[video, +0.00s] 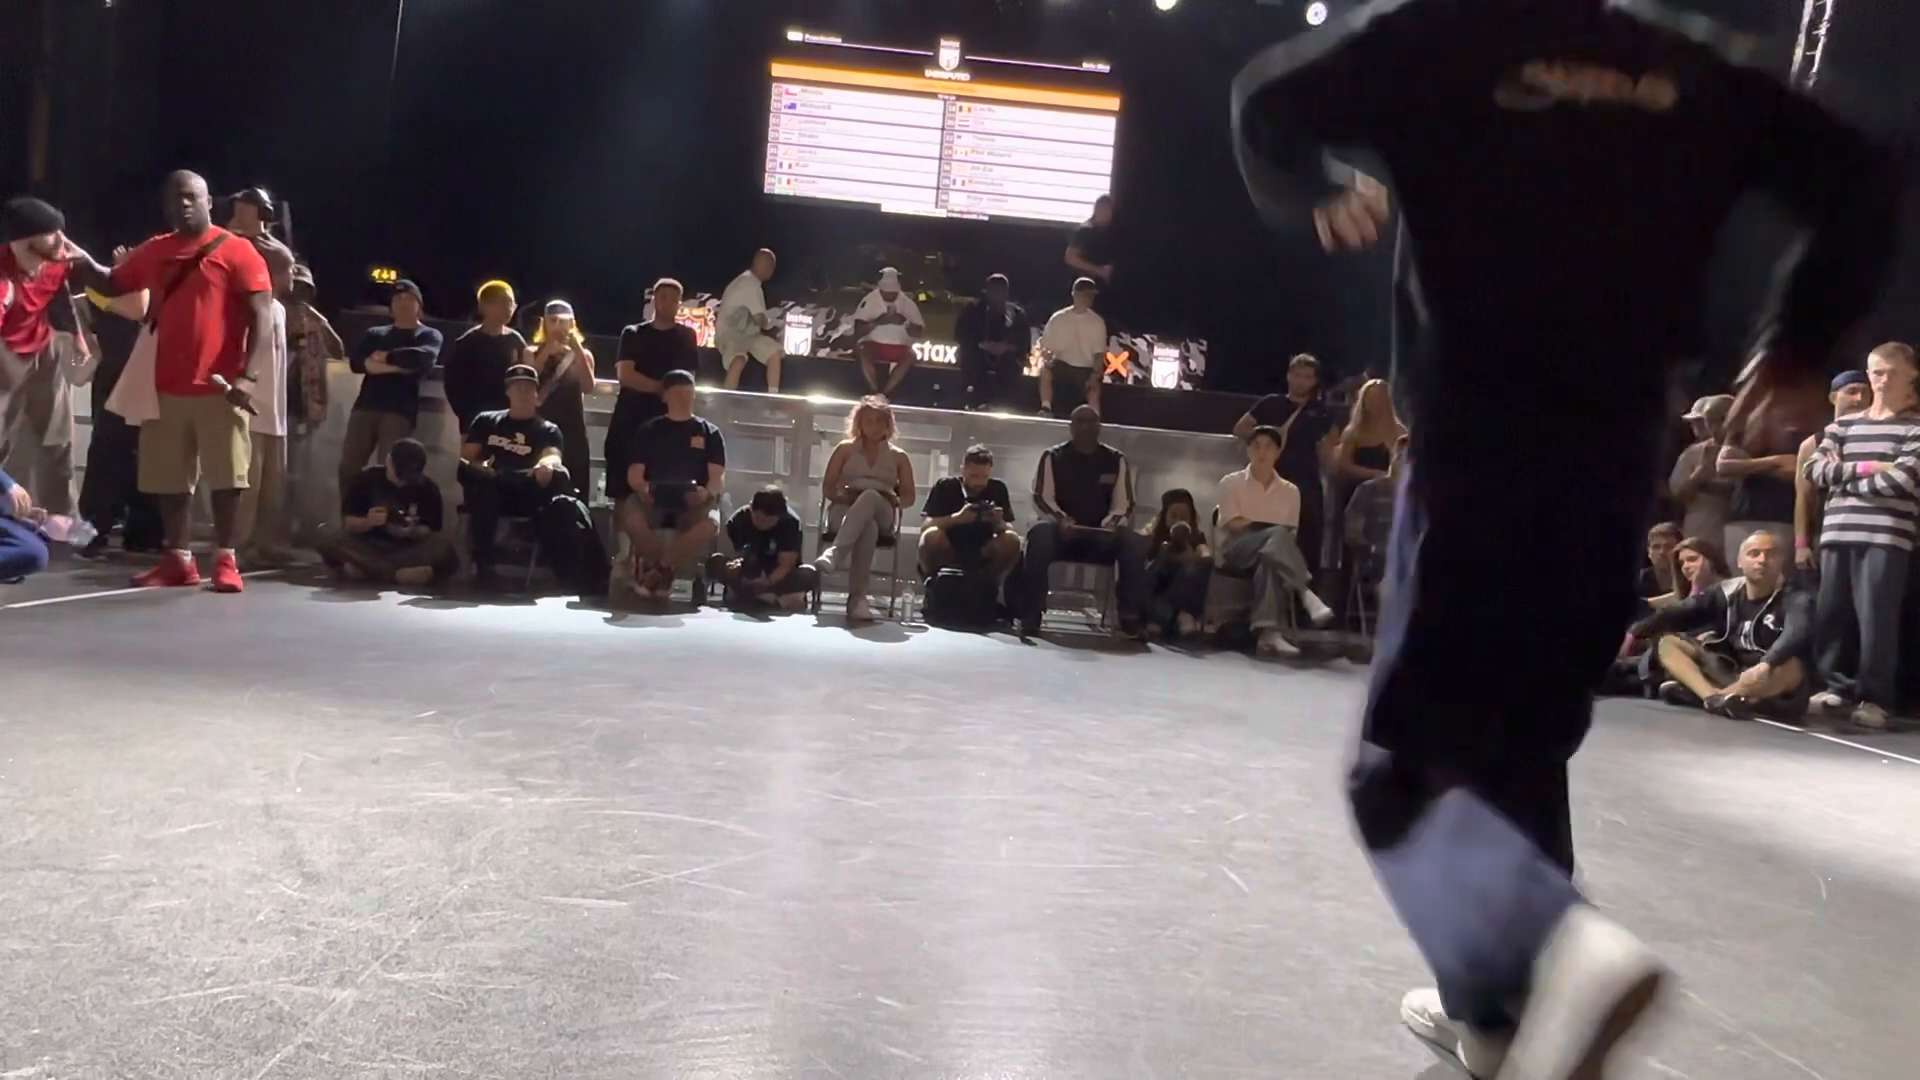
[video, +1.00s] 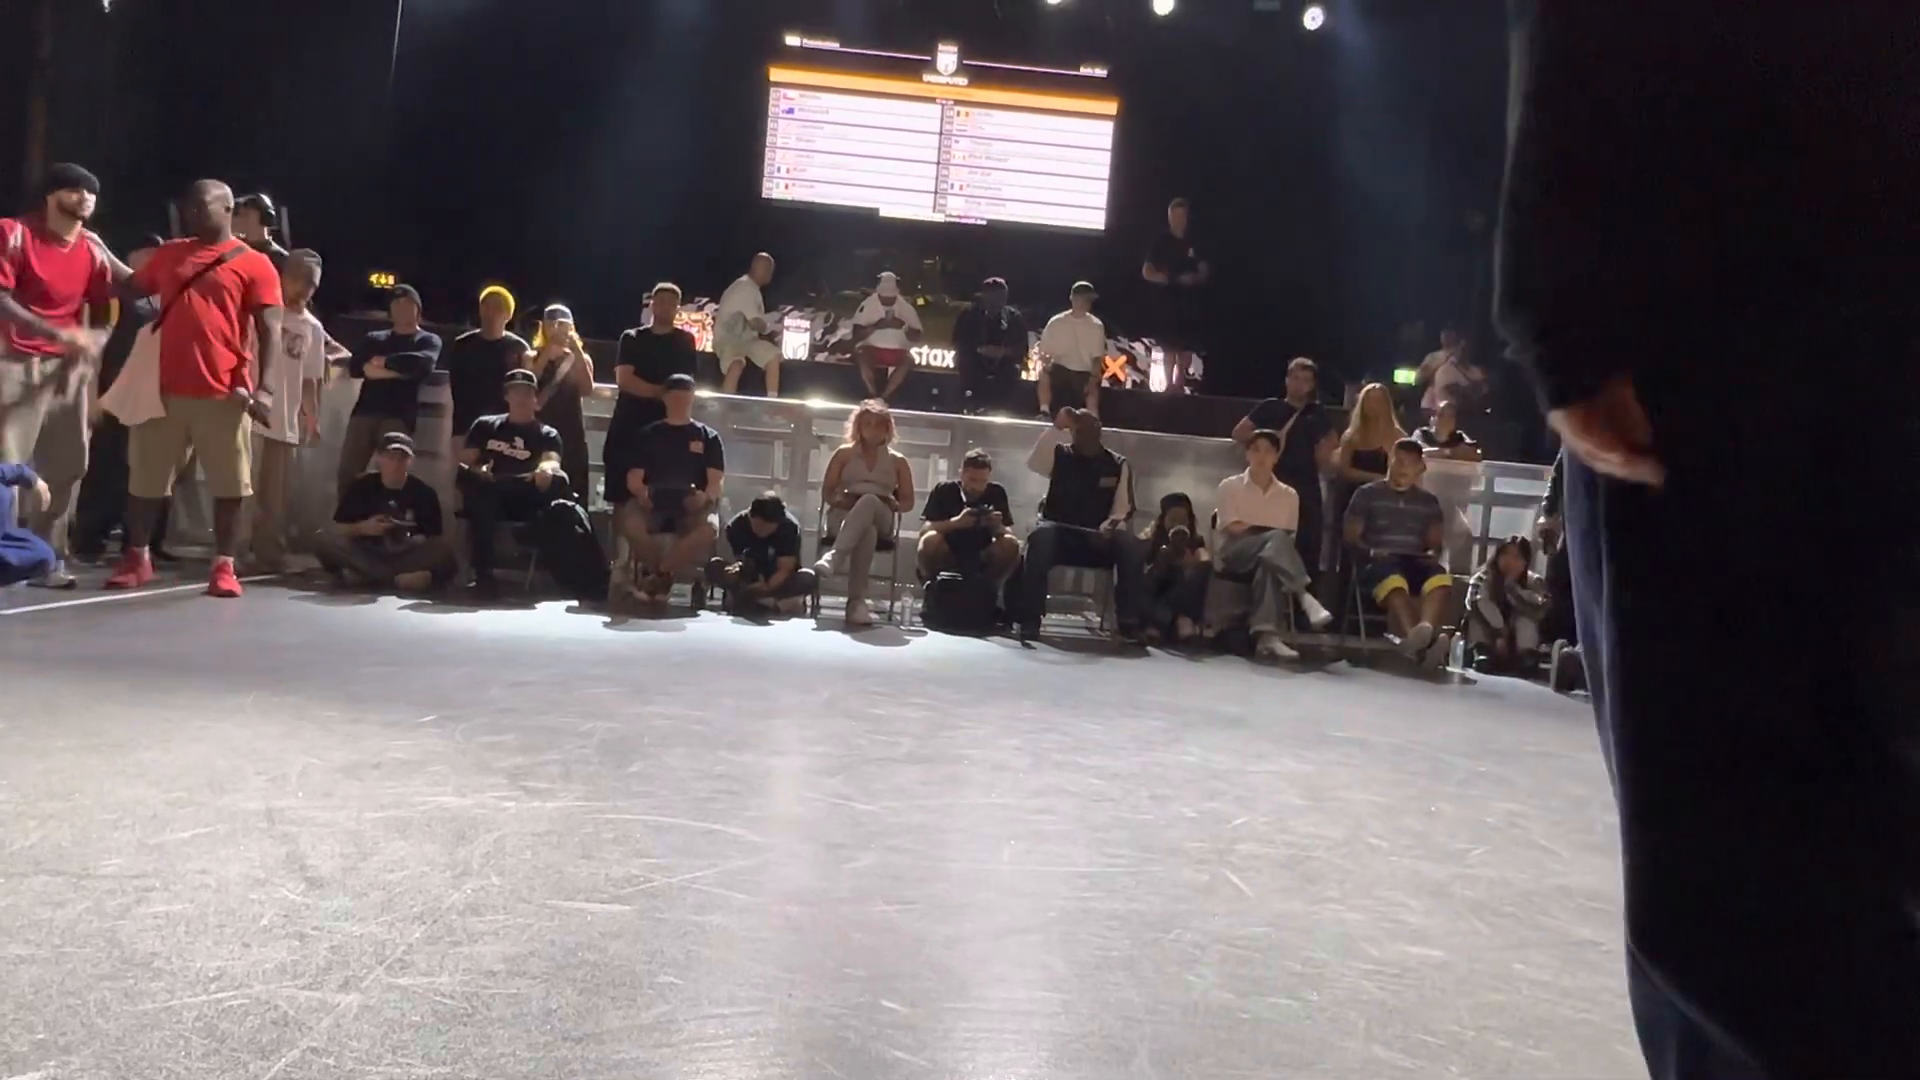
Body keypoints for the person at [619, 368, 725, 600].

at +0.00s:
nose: (684, 397)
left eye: (688, 391)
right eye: (678, 391)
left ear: (694, 395)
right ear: (665, 396)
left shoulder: (710, 432)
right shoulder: (647, 430)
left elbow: (716, 477)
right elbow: (635, 473)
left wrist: (707, 493)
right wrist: (646, 492)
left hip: (692, 494)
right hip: (655, 492)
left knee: (707, 526)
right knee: (632, 514)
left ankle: (659, 570)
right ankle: (661, 572)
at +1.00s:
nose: (680, 400)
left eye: (685, 394)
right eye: (675, 394)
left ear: (692, 397)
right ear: (665, 397)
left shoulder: (708, 437)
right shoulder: (647, 434)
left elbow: (715, 482)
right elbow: (633, 477)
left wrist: (704, 498)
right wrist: (644, 494)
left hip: (690, 499)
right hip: (654, 497)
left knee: (708, 530)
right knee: (630, 520)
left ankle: (659, 574)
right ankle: (662, 575)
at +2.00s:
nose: (659, 412)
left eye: (664, 407)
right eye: (654, 406)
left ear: (671, 409)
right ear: (644, 409)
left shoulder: (687, 447)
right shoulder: (625, 445)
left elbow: (695, 494)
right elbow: (613, 489)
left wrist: (679, 508)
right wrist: (628, 510)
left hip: (670, 509)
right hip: (633, 508)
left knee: (689, 537)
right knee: (608, 527)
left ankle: (642, 581)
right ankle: (639, 584)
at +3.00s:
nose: (661, 433)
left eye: (665, 427)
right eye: (655, 428)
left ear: (672, 431)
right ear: (645, 431)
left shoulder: (689, 467)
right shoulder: (628, 467)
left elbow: (698, 512)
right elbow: (616, 510)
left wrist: (687, 527)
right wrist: (628, 527)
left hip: (673, 528)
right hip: (637, 528)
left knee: (693, 558)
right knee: (613, 551)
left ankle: (647, 607)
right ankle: (648, 606)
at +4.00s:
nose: (670, 433)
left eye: (675, 428)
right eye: (665, 428)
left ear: (682, 430)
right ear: (654, 430)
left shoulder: (698, 467)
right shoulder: (637, 467)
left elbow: (707, 509)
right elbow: (626, 509)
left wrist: (698, 527)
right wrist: (635, 528)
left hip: (683, 528)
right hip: (647, 528)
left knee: (703, 557)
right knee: (623, 552)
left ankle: (655, 607)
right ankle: (659, 606)